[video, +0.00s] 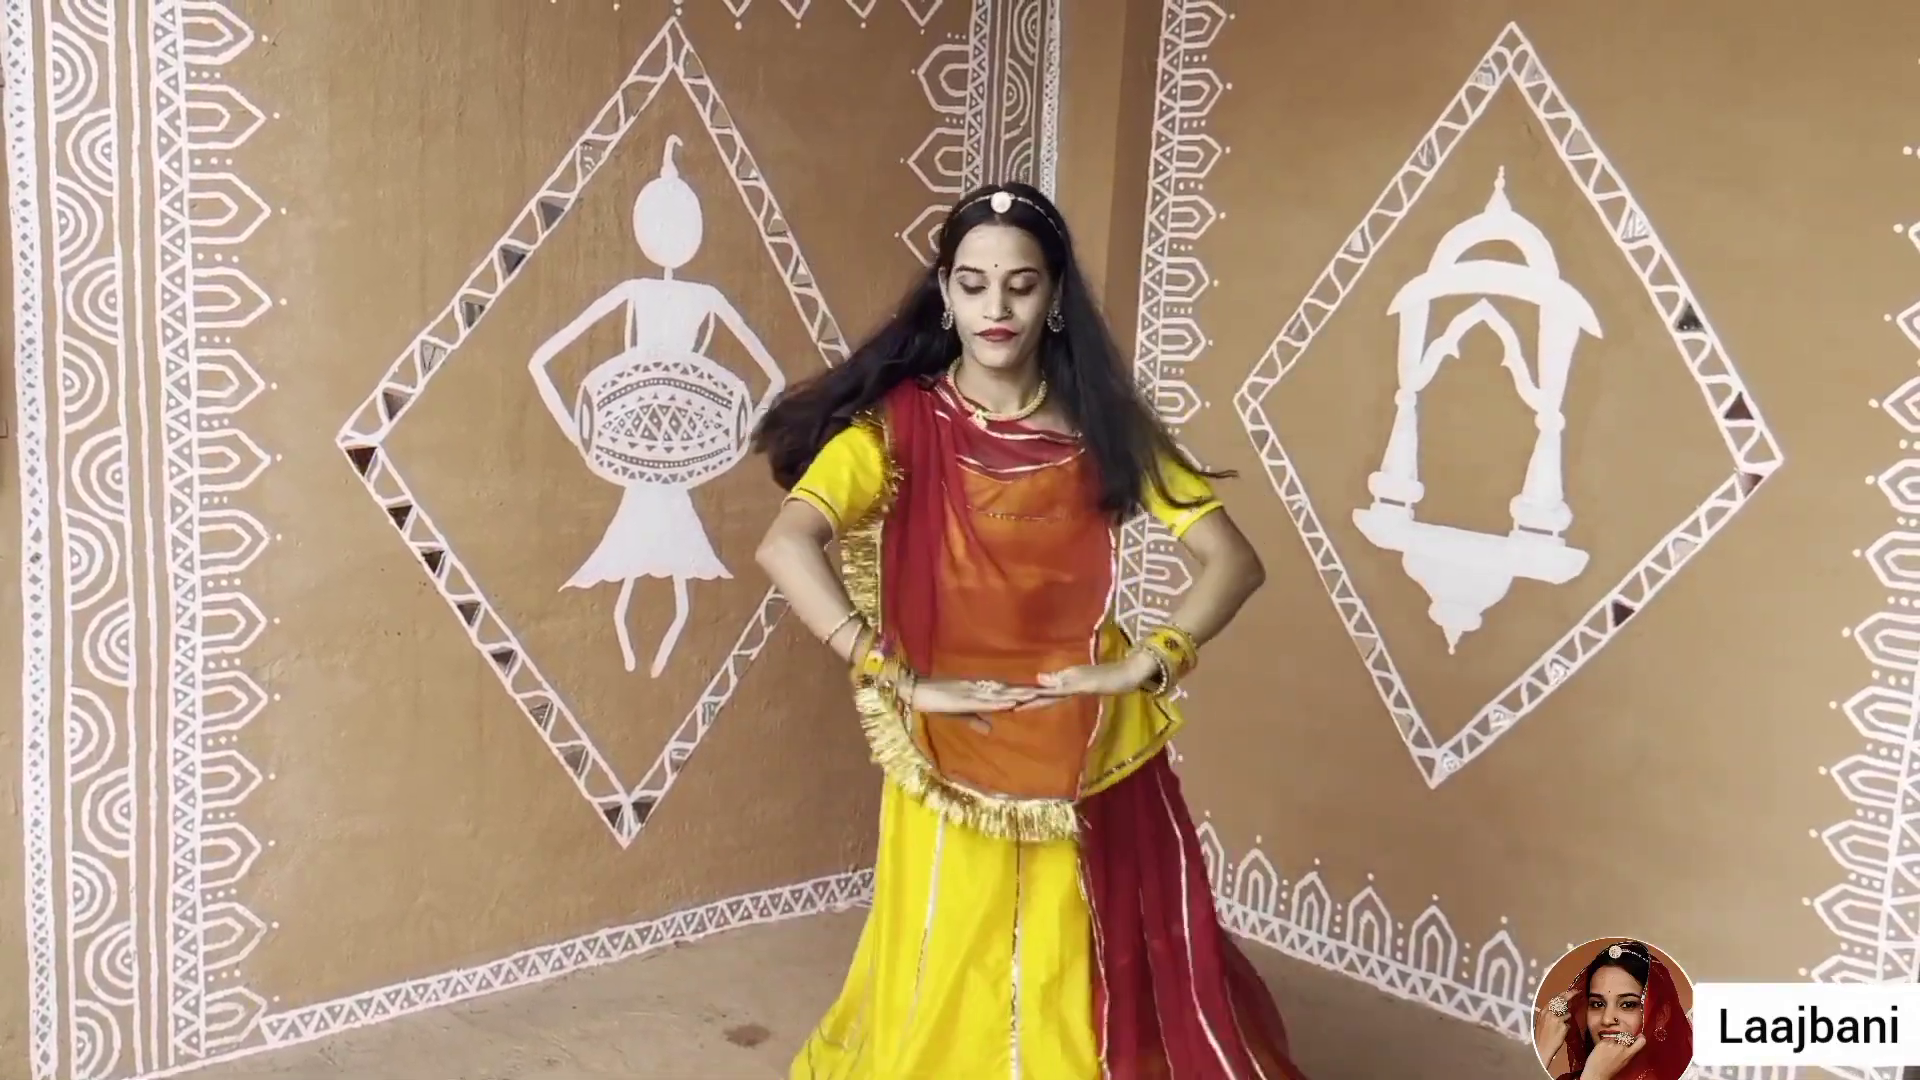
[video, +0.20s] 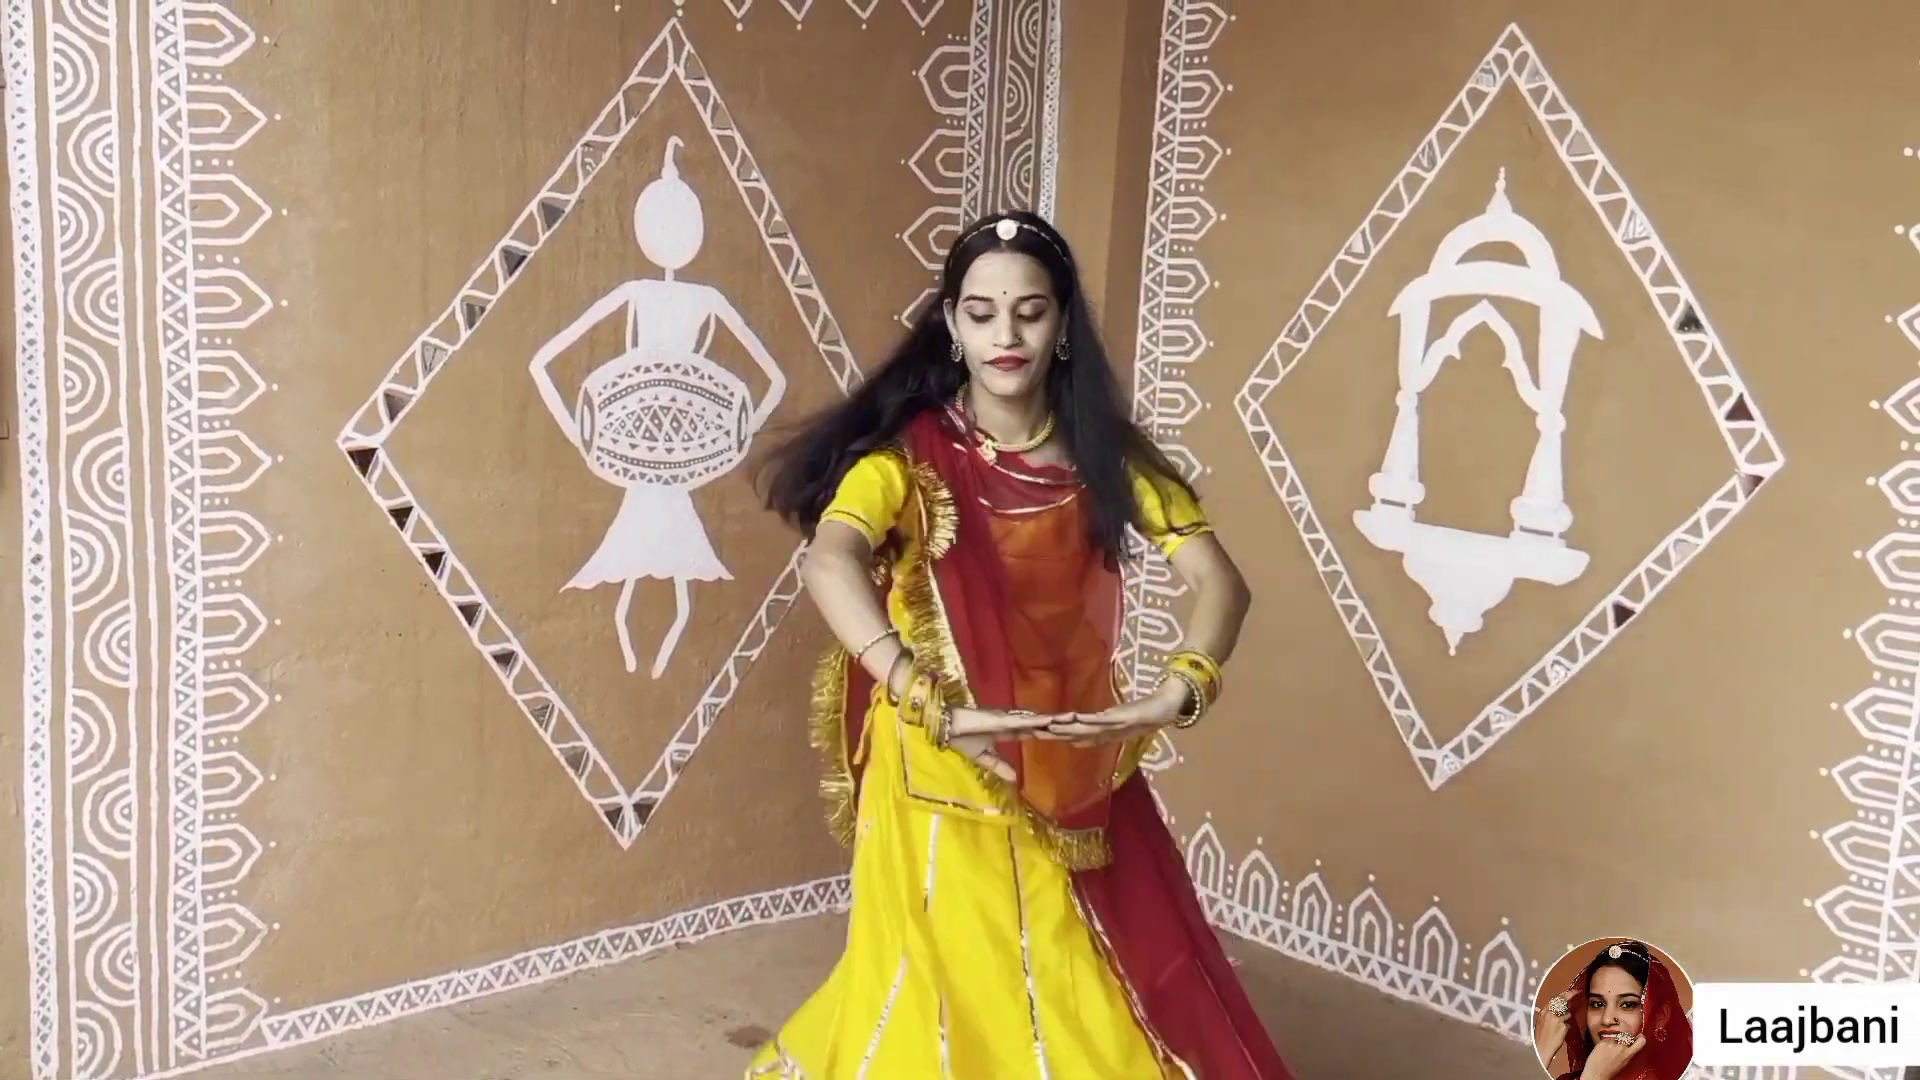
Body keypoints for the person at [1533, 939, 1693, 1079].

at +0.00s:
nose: (1608, 1019)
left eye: (1627, 1005)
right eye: (1597, 1004)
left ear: (1658, 1013)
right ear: (1585, 1012)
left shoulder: (1668, 1075)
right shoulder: (1567, 1078)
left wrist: (1595, 1075)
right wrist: (1540, 1054)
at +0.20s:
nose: (1607, 1019)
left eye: (1627, 1005)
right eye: (1597, 1004)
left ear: (1658, 1013)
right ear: (1585, 1012)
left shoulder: (1669, 1075)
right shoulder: (1568, 1078)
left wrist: (1595, 1075)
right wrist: (1540, 1055)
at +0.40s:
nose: (1608, 1019)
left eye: (1627, 1005)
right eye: (1597, 1004)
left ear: (1658, 1013)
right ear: (1584, 1012)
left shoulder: (1667, 1076)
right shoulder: (1566, 1078)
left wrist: (1595, 1076)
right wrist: (1538, 1056)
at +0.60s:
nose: (1608, 1019)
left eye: (1627, 1005)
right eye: (1597, 1004)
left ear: (1658, 1013)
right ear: (1584, 1012)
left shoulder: (1667, 1076)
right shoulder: (1566, 1078)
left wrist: (1595, 1076)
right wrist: (1539, 1056)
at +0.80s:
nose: (1608, 1019)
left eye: (1627, 1005)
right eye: (1597, 1004)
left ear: (1658, 1013)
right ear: (1584, 1012)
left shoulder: (1667, 1076)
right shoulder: (1566, 1078)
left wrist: (1595, 1076)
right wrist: (1539, 1056)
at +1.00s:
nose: (1607, 1019)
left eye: (1627, 1004)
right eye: (1597, 1004)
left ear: (1658, 1013)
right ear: (1585, 1012)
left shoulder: (1670, 1075)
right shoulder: (1568, 1078)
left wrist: (1595, 1075)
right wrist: (1540, 1055)